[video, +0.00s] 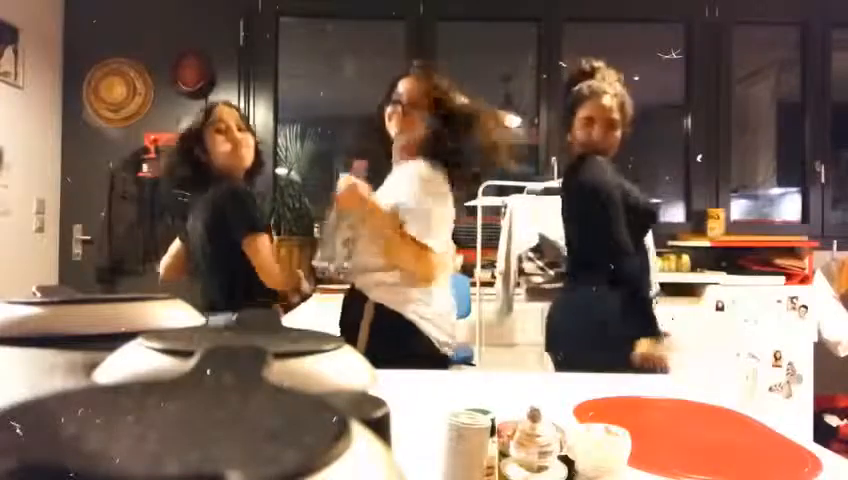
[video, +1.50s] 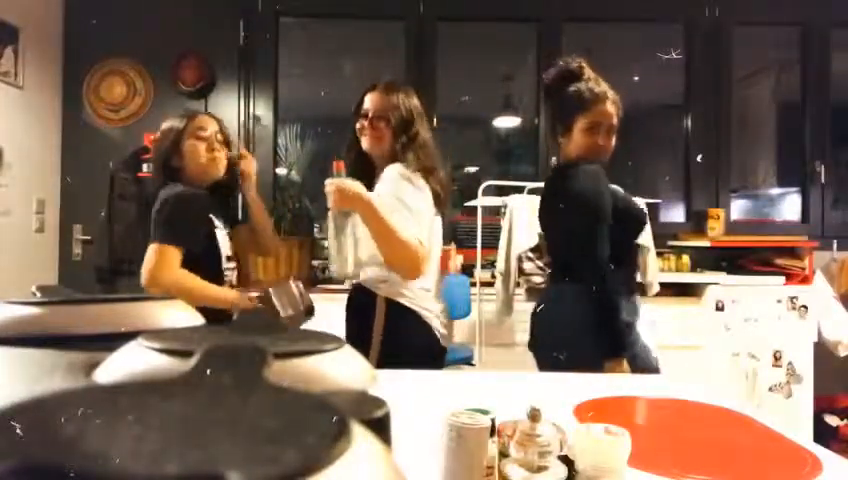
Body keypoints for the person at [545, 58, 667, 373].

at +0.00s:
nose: (598, 134)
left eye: (610, 125)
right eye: (588, 122)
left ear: (622, 131)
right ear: (571, 127)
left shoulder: (577, 174)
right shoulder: (600, 177)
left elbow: (644, 211)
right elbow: (625, 260)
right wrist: (647, 332)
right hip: (606, 319)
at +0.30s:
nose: (591, 138)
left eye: (602, 129)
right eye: (580, 126)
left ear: (614, 135)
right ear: (562, 131)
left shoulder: (593, 176)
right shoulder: (584, 176)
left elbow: (619, 267)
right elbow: (575, 266)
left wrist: (662, 321)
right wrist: (583, 346)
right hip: (610, 318)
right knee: (661, 405)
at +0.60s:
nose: (594, 137)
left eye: (603, 126)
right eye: (582, 125)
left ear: (613, 129)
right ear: (561, 127)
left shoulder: (564, 173)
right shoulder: (590, 174)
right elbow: (595, 264)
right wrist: (613, 338)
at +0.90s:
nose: (601, 134)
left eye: (610, 124)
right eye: (590, 123)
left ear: (619, 127)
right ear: (566, 124)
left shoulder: (566, 181)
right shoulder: (590, 187)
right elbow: (605, 279)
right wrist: (645, 352)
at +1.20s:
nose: (606, 137)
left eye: (615, 127)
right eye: (594, 125)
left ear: (623, 129)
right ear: (566, 127)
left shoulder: (563, 187)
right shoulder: (593, 194)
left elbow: (574, 274)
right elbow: (605, 284)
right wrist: (642, 355)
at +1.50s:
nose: (604, 141)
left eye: (611, 131)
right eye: (592, 129)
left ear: (618, 133)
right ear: (563, 131)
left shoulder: (557, 182)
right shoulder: (589, 179)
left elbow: (565, 267)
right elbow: (596, 270)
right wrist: (616, 353)